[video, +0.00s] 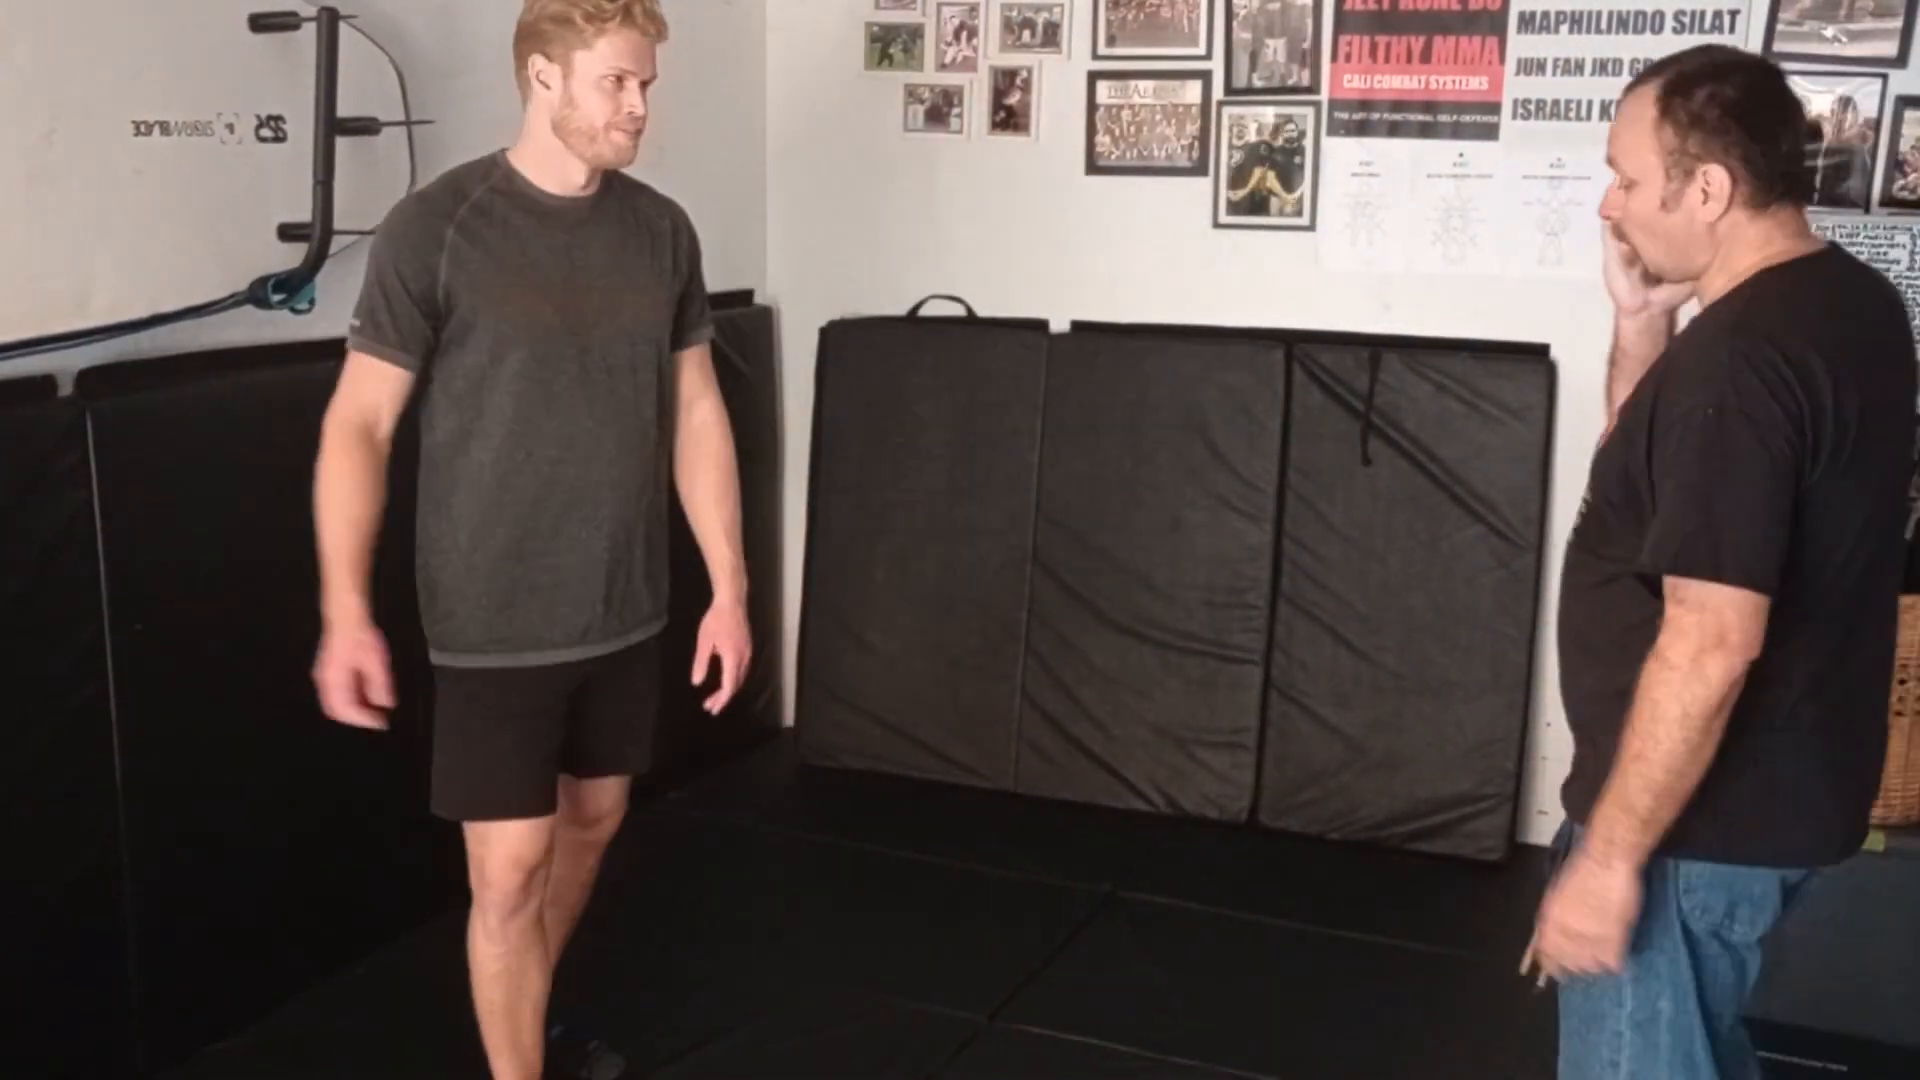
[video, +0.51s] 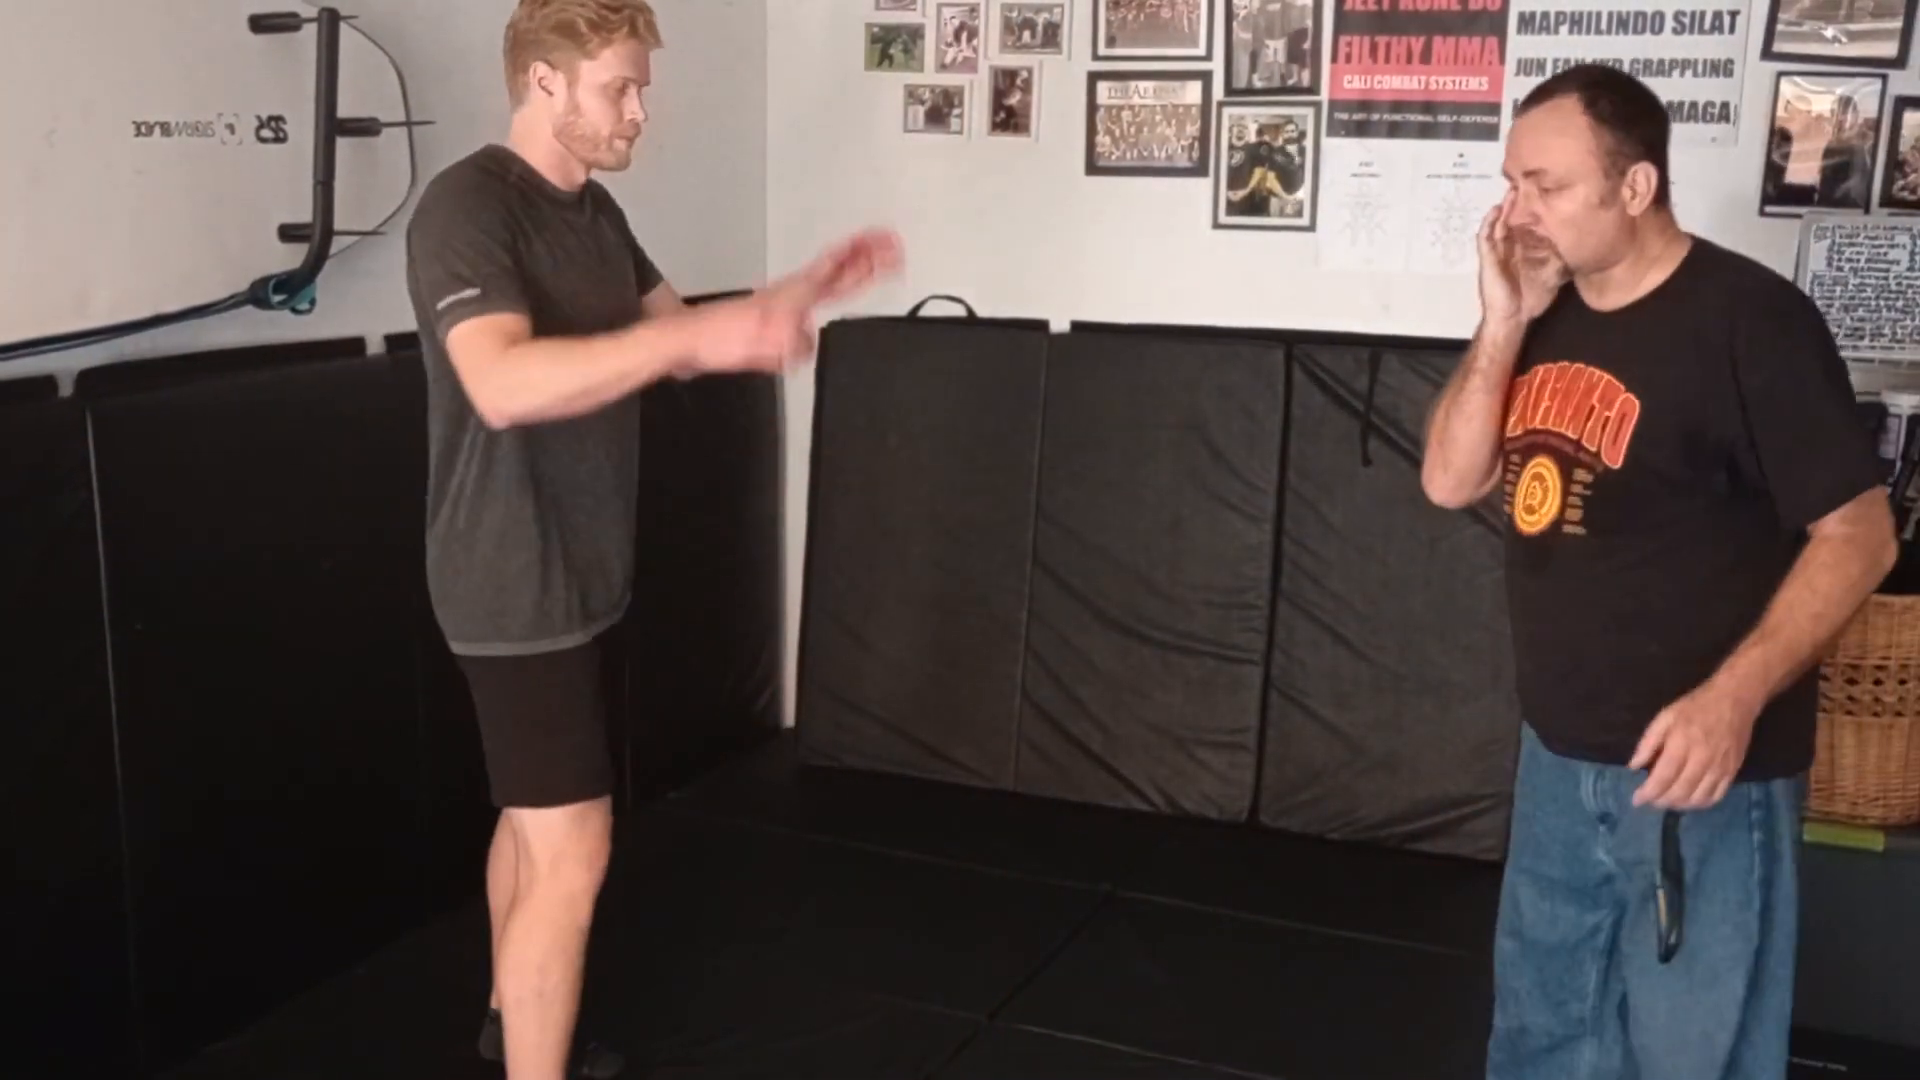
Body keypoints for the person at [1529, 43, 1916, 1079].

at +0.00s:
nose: (1609, 205)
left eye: (1624, 178)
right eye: (1612, 176)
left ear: (1710, 190)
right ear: (1724, 187)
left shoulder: (1735, 356)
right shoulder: (1857, 306)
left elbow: (1712, 637)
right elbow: (1647, 500)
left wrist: (1605, 858)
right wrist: (1640, 319)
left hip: (1685, 838)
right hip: (1771, 819)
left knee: (1636, 1065)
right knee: (1690, 1055)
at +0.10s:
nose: (1586, 204)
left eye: (1606, 180)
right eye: (1590, 176)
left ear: (1697, 190)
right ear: (1700, 188)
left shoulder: (1744, 341)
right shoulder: (1799, 298)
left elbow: (1719, 622)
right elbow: (1598, 482)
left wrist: (1548, 798)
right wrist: (1610, 310)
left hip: (1672, 821)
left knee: (1634, 1063)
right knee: (1639, 1055)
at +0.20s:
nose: (1573, 208)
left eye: (1596, 185)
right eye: (1576, 180)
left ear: (1692, 195)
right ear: (1685, 198)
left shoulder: (1769, 342)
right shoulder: (1683, 312)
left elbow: (1739, 615)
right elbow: (1536, 457)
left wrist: (1537, 753)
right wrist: (1580, 311)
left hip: (1693, 807)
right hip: (1624, 789)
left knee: (1641, 1066)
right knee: (1550, 1055)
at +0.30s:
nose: (1559, 211)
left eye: (1585, 186)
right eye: (1559, 181)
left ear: (1684, 194)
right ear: (1671, 198)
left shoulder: (1775, 338)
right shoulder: (1617, 306)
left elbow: (1777, 596)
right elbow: (1491, 458)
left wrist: (1576, 743)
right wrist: (1551, 312)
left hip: (1692, 802)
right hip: (1574, 781)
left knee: (1648, 1065)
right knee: (1537, 1056)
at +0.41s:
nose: (1536, 208)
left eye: (1565, 181)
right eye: (1535, 178)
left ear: (1661, 186)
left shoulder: (1765, 326)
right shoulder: (1573, 309)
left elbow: (1821, 567)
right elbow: (1461, 464)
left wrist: (1665, 729)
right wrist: (1525, 313)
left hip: (1705, 791)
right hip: (1556, 760)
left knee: (1665, 1059)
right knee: (1534, 1047)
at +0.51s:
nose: (1517, 212)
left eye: (1545, 185)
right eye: (1513, 183)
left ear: (1637, 187)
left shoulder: (1757, 319)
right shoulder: (1540, 313)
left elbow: (1862, 531)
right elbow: (1449, 483)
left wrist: (1732, 696)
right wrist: (1500, 325)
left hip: (1713, 778)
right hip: (1558, 763)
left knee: (1699, 1057)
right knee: (1539, 1045)